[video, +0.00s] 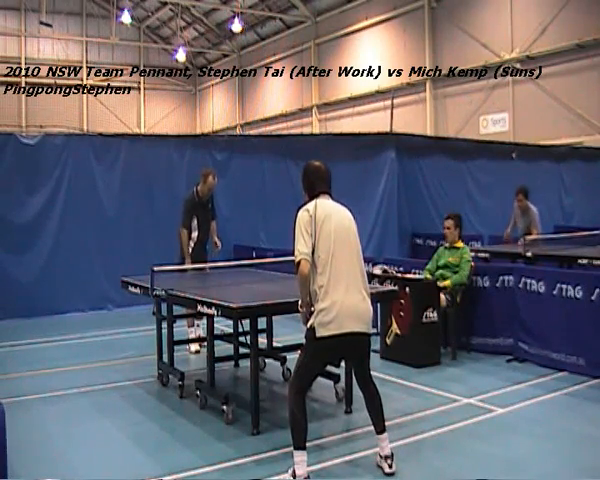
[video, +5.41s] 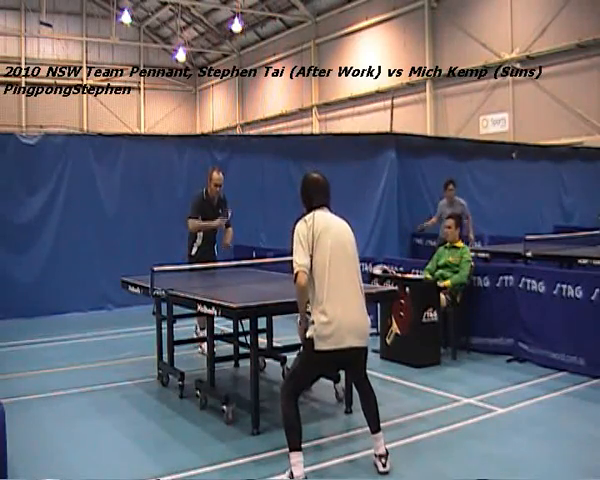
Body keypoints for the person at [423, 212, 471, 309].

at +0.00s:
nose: (445, 232)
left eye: (448, 228)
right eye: (444, 228)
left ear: (457, 230)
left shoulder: (464, 251)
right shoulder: (441, 249)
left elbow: (463, 276)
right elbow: (429, 268)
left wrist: (445, 283)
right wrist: (428, 277)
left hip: (454, 285)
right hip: (436, 282)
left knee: (441, 298)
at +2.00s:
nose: (445, 232)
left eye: (448, 229)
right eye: (444, 229)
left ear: (457, 230)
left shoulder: (464, 251)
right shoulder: (442, 249)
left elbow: (463, 276)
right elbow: (430, 267)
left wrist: (446, 283)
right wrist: (428, 276)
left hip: (453, 284)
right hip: (436, 281)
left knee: (442, 298)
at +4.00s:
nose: (445, 232)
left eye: (448, 228)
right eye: (444, 228)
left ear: (457, 230)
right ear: (443, 229)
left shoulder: (464, 251)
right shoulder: (442, 249)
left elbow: (463, 276)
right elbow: (430, 267)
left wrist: (446, 283)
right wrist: (427, 277)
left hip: (452, 286)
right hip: (435, 283)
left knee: (438, 302)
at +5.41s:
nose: (445, 231)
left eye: (449, 228)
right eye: (444, 228)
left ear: (457, 230)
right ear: (441, 229)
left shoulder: (464, 251)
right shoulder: (441, 249)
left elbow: (463, 276)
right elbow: (429, 268)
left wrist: (445, 283)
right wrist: (428, 277)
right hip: (435, 282)